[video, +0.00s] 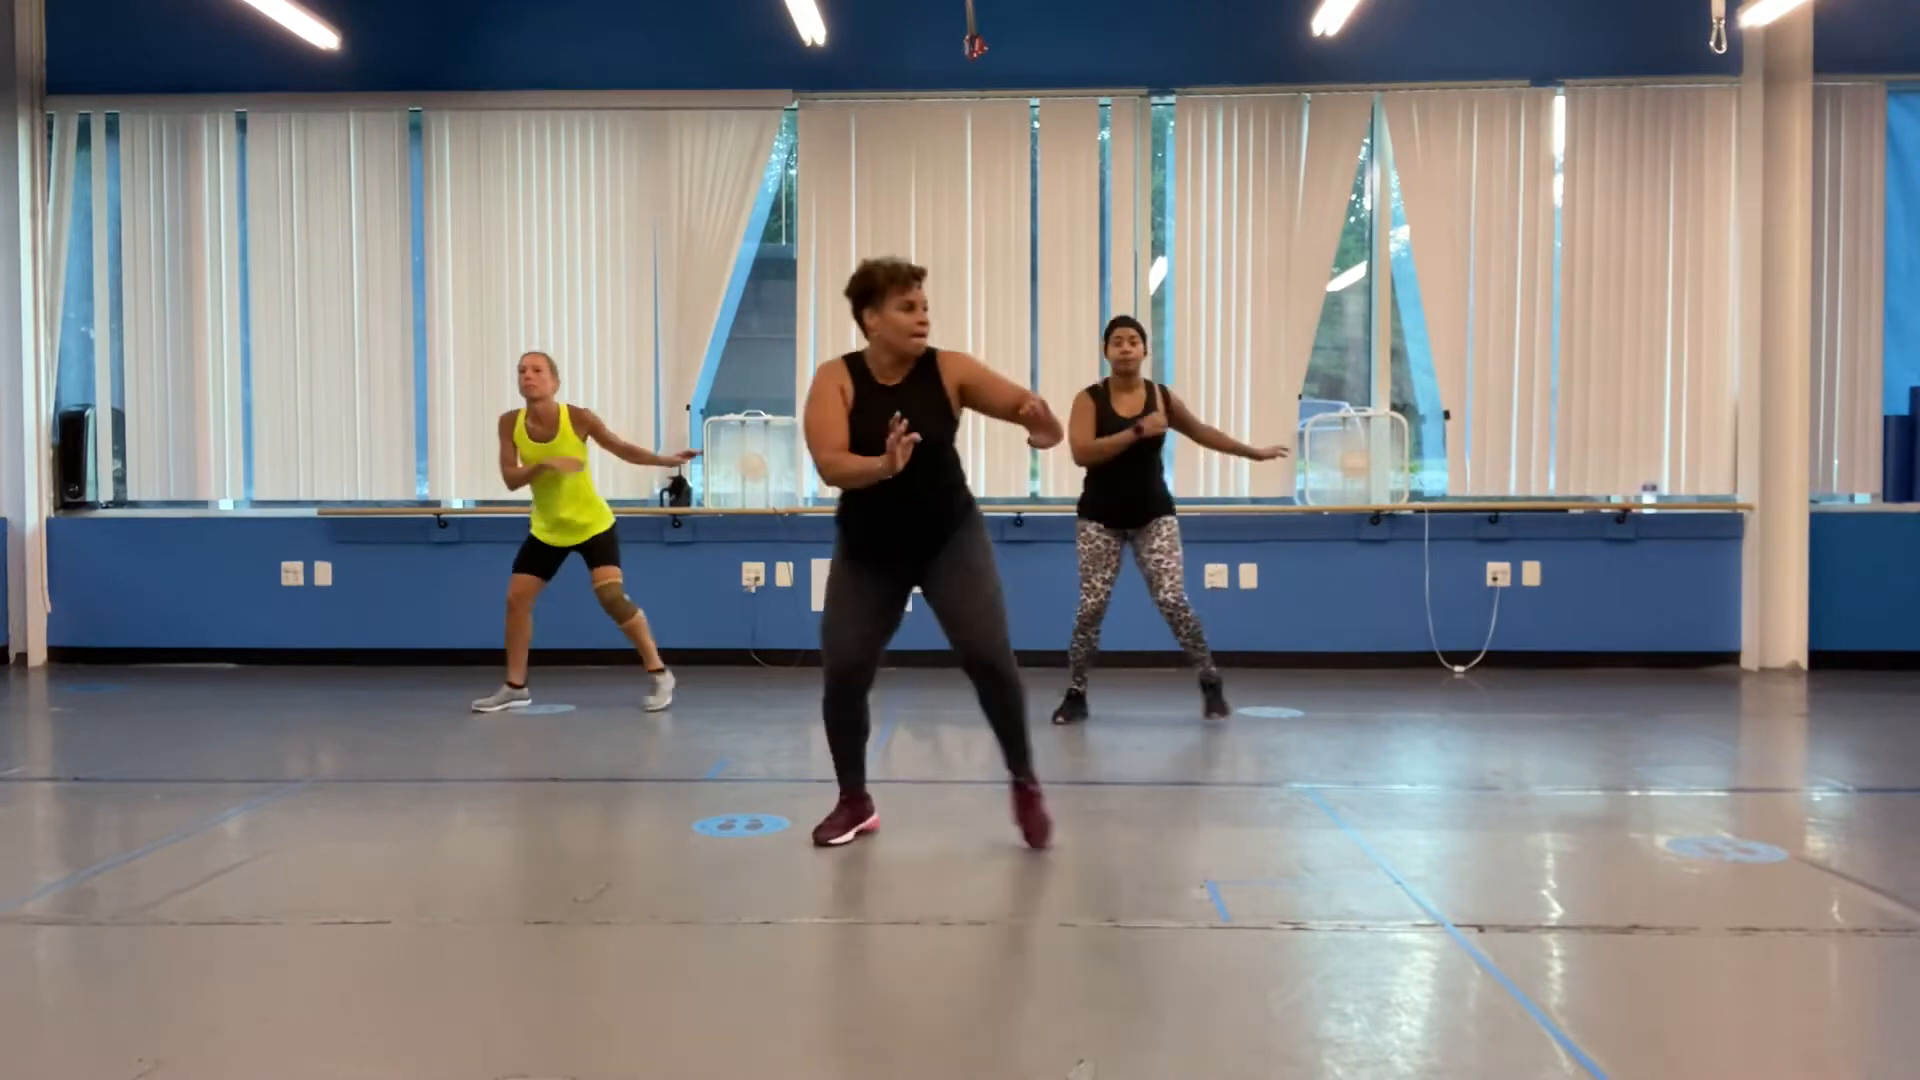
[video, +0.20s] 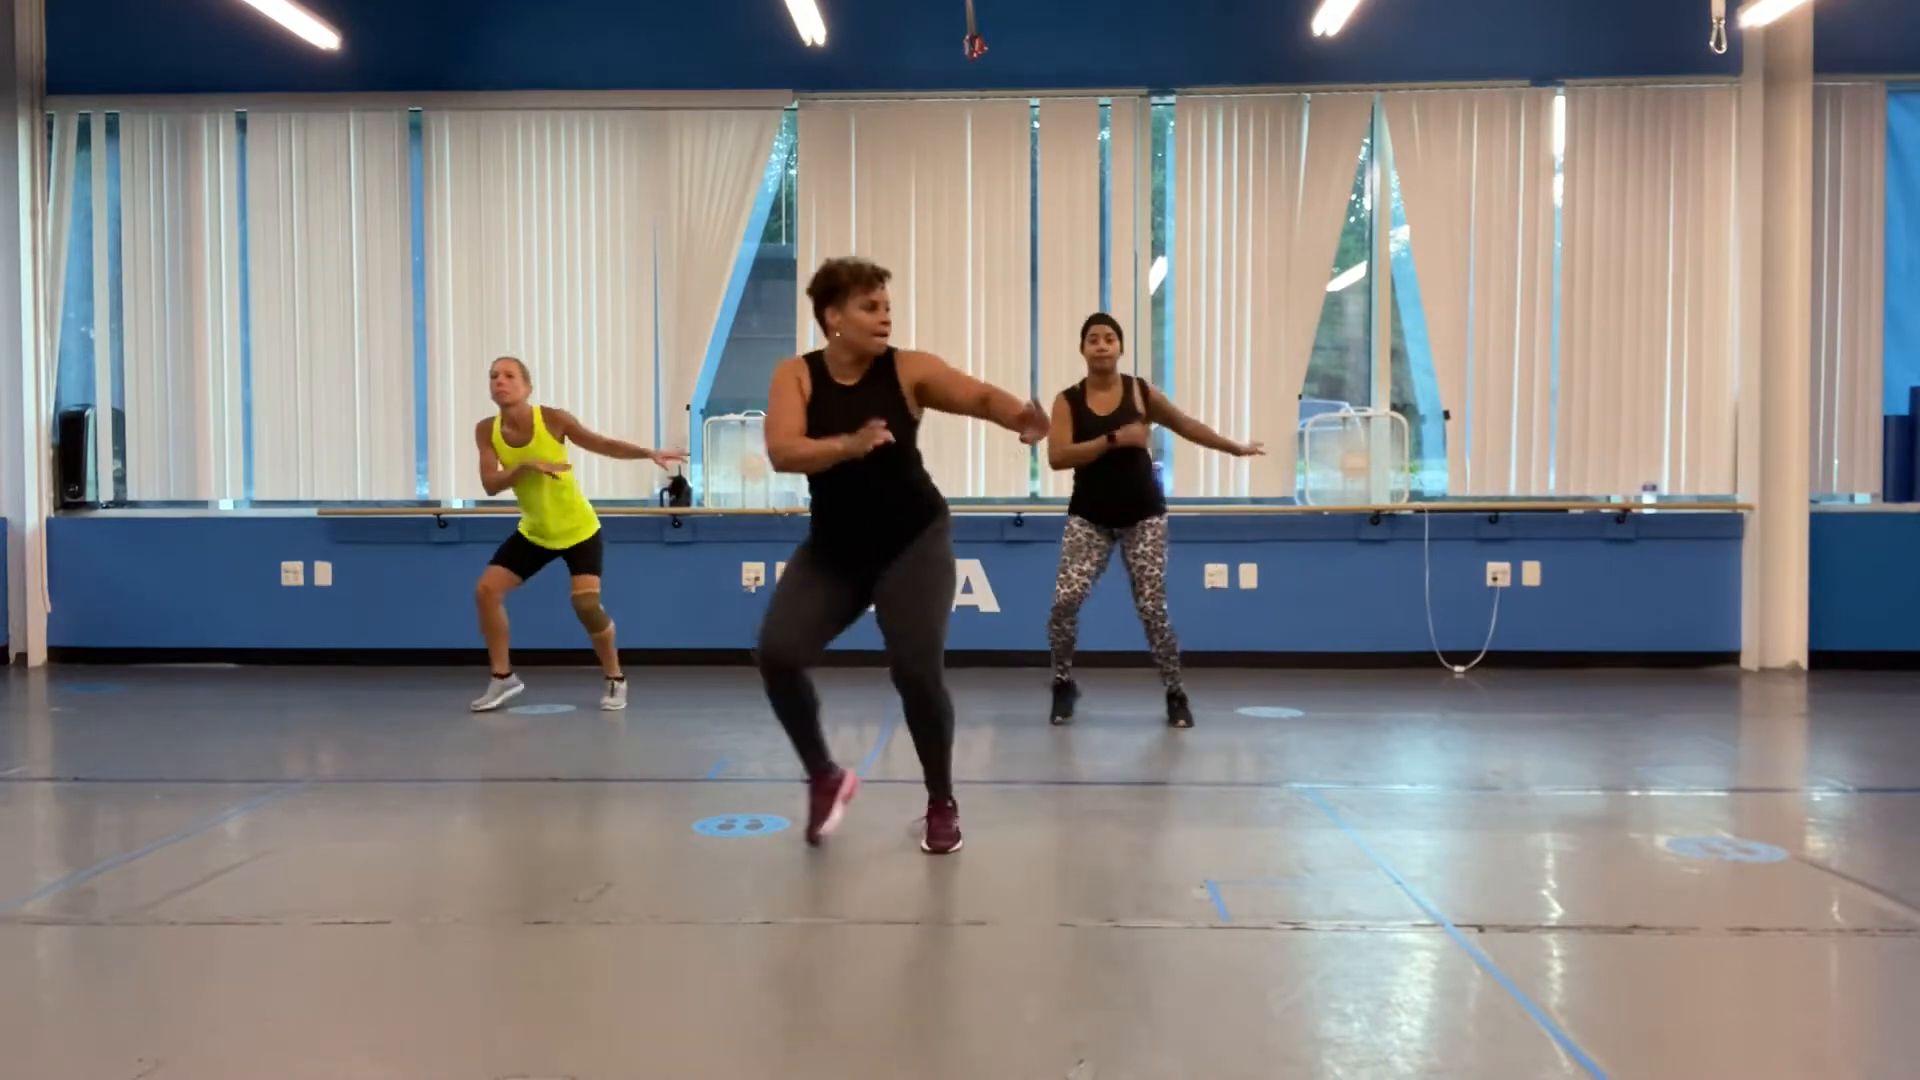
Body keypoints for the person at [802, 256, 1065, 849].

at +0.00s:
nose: (922, 317)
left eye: (924, 306)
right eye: (908, 308)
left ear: (927, 311)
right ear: (869, 319)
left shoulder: (950, 370)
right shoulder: (836, 380)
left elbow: (1022, 406)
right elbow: (831, 466)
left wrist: (1043, 423)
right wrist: (884, 464)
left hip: (951, 538)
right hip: (870, 546)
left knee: (988, 658)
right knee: (843, 673)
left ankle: (1025, 783)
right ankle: (853, 799)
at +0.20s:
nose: (886, 318)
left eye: (887, 308)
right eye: (871, 309)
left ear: (888, 312)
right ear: (831, 317)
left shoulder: (910, 371)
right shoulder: (795, 377)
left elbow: (981, 397)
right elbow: (782, 452)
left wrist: (1023, 416)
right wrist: (847, 446)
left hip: (913, 543)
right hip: (836, 548)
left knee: (916, 670)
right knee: (777, 654)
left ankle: (940, 802)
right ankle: (824, 777)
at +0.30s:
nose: (863, 316)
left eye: (864, 305)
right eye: (849, 306)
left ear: (864, 311)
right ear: (808, 313)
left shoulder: (882, 368)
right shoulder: (770, 364)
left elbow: (954, 394)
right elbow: (748, 432)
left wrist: (999, 405)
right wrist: (826, 410)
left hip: (889, 532)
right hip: (810, 540)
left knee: (914, 661)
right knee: (759, 651)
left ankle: (953, 793)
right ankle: (757, 781)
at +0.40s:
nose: (825, 330)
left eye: (834, 320)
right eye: (812, 319)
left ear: (843, 326)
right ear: (782, 324)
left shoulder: (862, 389)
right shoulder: (750, 373)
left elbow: (930, 435)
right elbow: (719, 438)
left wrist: (968, 429)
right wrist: (801, 427)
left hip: (858, 542)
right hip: (781, 553)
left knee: (893, 649)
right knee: (742, 681)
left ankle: (962, 756)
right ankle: (721, 797)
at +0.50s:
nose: (801, 334)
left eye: (812, 323)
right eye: (789, 323)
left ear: (829, 331)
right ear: (771, 329)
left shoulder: (857, 402)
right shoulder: (740, 387)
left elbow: (889, 487)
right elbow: (694, 456)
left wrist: (927, 488)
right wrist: (755, 485)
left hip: (846, 548)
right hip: (766, 554)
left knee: (867, 649)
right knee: (720, 682)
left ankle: (946, 735)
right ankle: (717, 798)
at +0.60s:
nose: (803, 331)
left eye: (815, 319)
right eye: (791, 321)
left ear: (833, 325)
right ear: (775, 327)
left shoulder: (863, 394)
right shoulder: (745, 384)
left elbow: (864, 487)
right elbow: (677, 432)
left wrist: (878, 495)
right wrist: (677, 492)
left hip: (849, 552)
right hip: (765, 555)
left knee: (877, 669)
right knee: (727, 683)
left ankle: (890, 788)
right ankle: (719, 799)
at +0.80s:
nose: (832, 324)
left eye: (843, 312)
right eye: (820, 316)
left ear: (866, 316)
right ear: (810, 325)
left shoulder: (903, 359)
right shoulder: (800, 373)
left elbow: (911, 421)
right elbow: (725, 394)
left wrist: (824, 426)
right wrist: (669, 406)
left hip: (883, 539)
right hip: (803, 535)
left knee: (921, 663)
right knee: (751, 656)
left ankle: (944, 787)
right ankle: (702, 772)